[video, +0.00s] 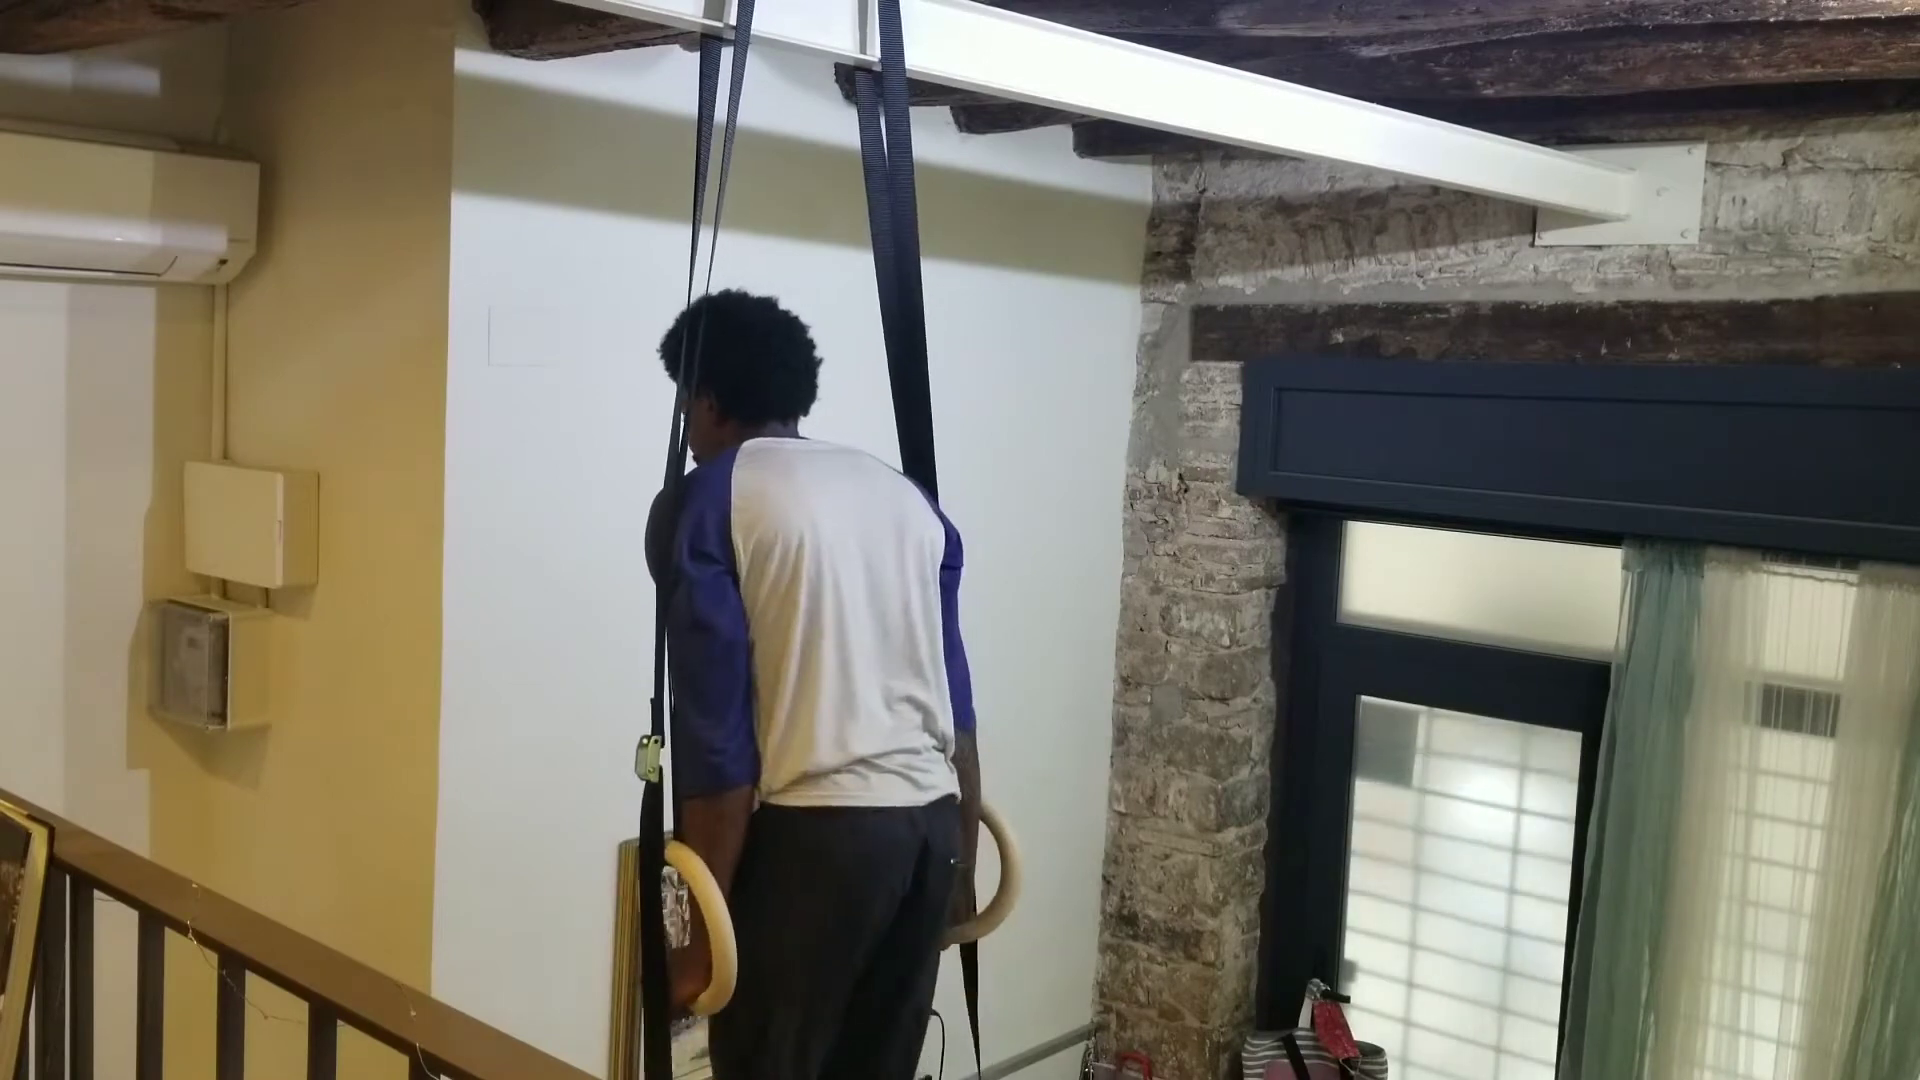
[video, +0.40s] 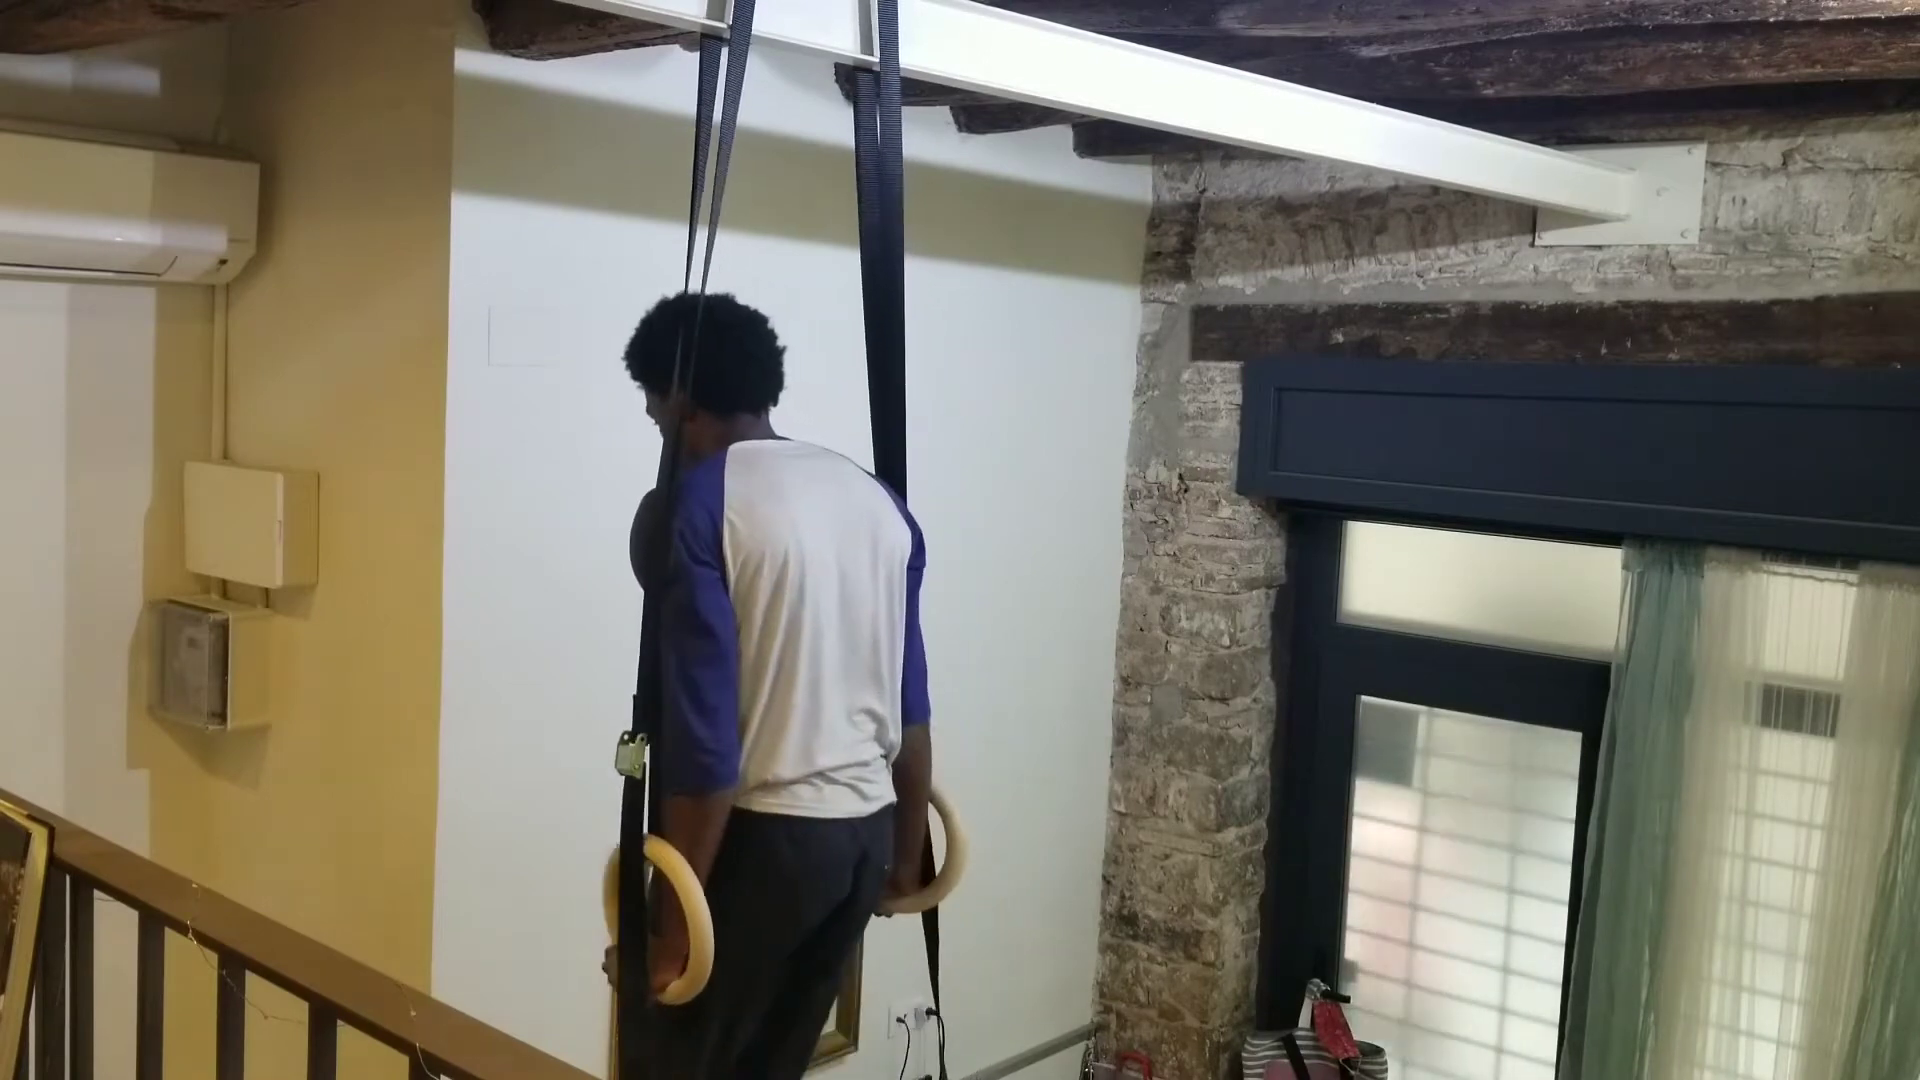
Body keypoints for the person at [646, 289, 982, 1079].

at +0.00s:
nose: (684, 420)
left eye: (685, 396)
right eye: (682, 397)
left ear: (709, 399)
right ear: (794, 394)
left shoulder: (711, 497)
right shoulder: (908, 497)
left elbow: (717, 742)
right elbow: (956, 708)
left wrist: (690, 934)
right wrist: (960, 871)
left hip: (809, 851)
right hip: (928, 850)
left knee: (771, 1061)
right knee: (879, 1068)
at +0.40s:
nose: (655, 422)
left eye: (652, 401)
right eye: (649, 403)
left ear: (681, 395)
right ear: (759, 386)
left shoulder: (697, 498)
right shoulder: (878, 499)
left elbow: (704, 727)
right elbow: (910, 700)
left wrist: (669, 907)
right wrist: (908, 853)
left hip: (752, 851)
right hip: (859, 847)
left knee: (680, 1060)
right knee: (774, 1063)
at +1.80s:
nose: (646, 441)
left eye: (643, 421)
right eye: (641, 422)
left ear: (667, 408)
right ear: (751, 398)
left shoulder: (677, 499)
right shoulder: (868, 470)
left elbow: (705, 737)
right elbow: (902, 661)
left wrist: (671, 956)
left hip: (826, 788)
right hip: (945, 781)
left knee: (778, 1055)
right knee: (875, 1054)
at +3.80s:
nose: (609, 471)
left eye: (604, 456)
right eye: (601, 459)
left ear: (626, 427)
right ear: (702, 408)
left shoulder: (629, 499)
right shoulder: (827, 481)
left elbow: (639, 680)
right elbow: (853, 658)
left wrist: (648, 862)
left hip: (758, 814)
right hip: (873, 805)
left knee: (771, 1061)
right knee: (878, 1062)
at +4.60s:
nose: (614, 448)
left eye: (610, 430)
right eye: (610, 432)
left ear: (631, 421)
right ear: (714, 405)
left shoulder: (630, 503)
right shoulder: (831, 492)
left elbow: (633, 714)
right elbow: (876, 682)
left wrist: (634, 921)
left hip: (757, 798)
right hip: (878, 783)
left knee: (815, 1056)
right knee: (938, 1047)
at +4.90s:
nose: (634, 447)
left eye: (632, 428)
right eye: (629, 429)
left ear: (656, 422)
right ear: (739, 407)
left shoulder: (656, 499)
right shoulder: (844, 486)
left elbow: (653, 729)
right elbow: (901, 680)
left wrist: (623, 941)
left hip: (799, 810)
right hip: (920, 799)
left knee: (803, 1062)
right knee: (908, 1060)